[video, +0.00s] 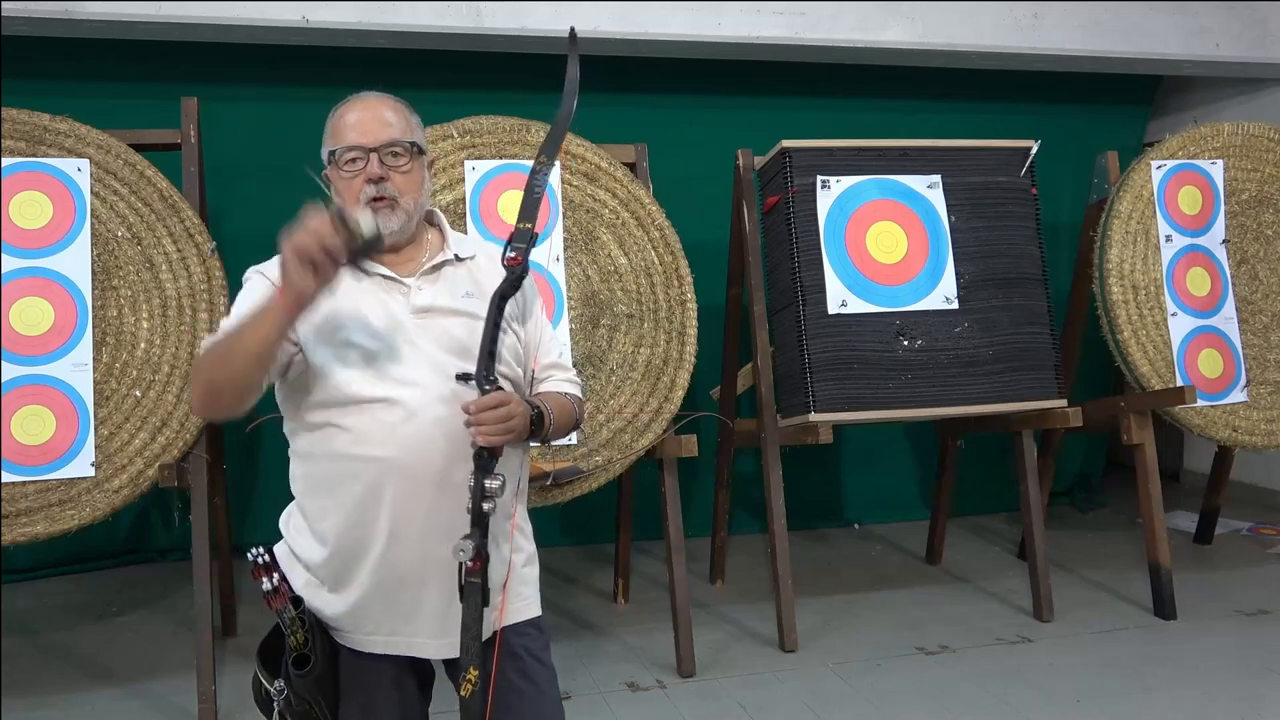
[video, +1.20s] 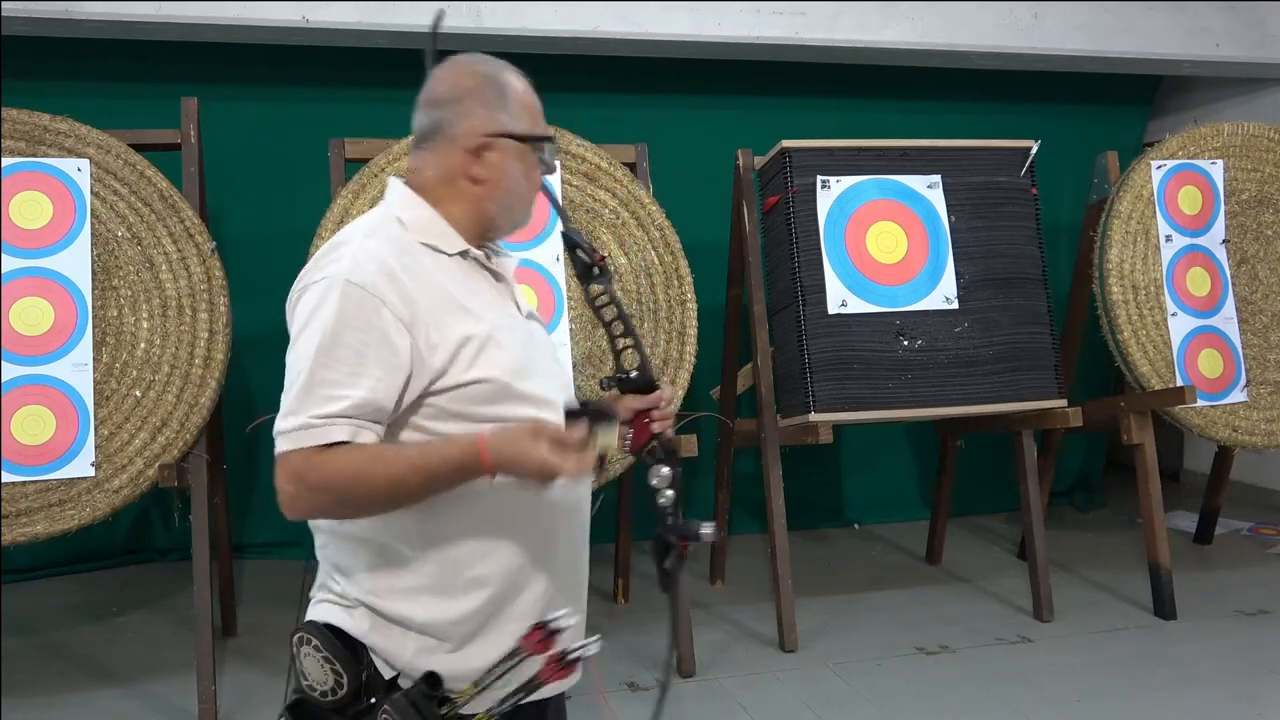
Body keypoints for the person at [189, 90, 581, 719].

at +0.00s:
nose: (376, 173)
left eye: (398, 154)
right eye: (353, 159)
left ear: (427, 168)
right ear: (328, 179)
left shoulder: (499, 274)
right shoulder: (287, 282)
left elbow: (565, 397)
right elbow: (213, 400)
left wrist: (532, 416)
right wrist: (288, 298)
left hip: (495, 592)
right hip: (355, 601)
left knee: (534, 713)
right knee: (369, 711)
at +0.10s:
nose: (388, 172)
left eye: (409, 153)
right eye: (364, 157)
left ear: (438, 169)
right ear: (338, 180)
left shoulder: (514, 277)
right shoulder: (290, 288)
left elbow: (569, 395)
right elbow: (222, 435)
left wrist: (542, 421)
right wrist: (318, 378)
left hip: (497, 599)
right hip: (357, 607)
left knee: (529, 712)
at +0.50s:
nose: (461, 170)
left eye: (485, 152)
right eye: (438, 149)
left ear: (512, 169)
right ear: (405, 159)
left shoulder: (555, 282)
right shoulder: (340, 268)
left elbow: (601, 403)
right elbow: (283, 438)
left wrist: (596, 447)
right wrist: (363, 339)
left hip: (527, 615)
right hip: (382, 618)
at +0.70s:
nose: (559, 169)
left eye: (563, 150)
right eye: (535, 146)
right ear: (460, 156)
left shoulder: (577, 285)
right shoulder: (364, 262)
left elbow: (607, 420)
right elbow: (294, 430)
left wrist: (622, 453)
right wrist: (407, 327)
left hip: (550, 631)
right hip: (402, 633)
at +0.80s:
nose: (583, 175)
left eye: (581, 157)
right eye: (569, 154)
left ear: (503, 162)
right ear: (497, 160)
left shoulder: (577, 285)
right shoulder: (373, 262)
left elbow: (595, 423)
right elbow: (297, 444)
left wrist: (626, 451)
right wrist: (436, 402)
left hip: (562, 636)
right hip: (415, 648)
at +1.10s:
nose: (561, 183)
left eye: (564, 164)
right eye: (558, 162)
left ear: (509, 164)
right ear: (515, 164)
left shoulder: (510, 270)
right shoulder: (371, 269)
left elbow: (495, 429)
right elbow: (289, 464)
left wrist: (614, 427)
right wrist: (464, 487)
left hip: (538, 665)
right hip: (423, 674)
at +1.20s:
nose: (547, 177)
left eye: (547, 156)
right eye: (540, 154)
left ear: (480, 161)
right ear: (481, 158)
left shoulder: (478, 268)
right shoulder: (361, 275)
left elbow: (477, 423)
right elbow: (304, 482)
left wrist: (600, 419)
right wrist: (489, 452)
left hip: (517, 669)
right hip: (403, 682)